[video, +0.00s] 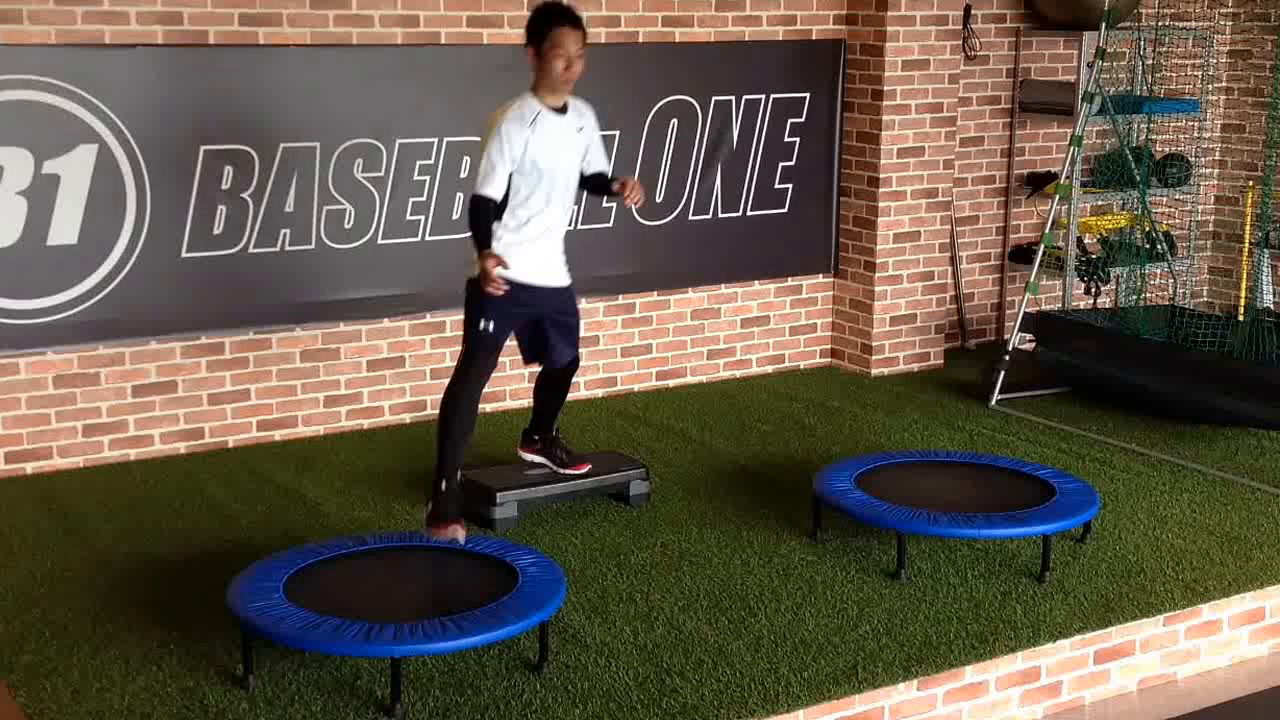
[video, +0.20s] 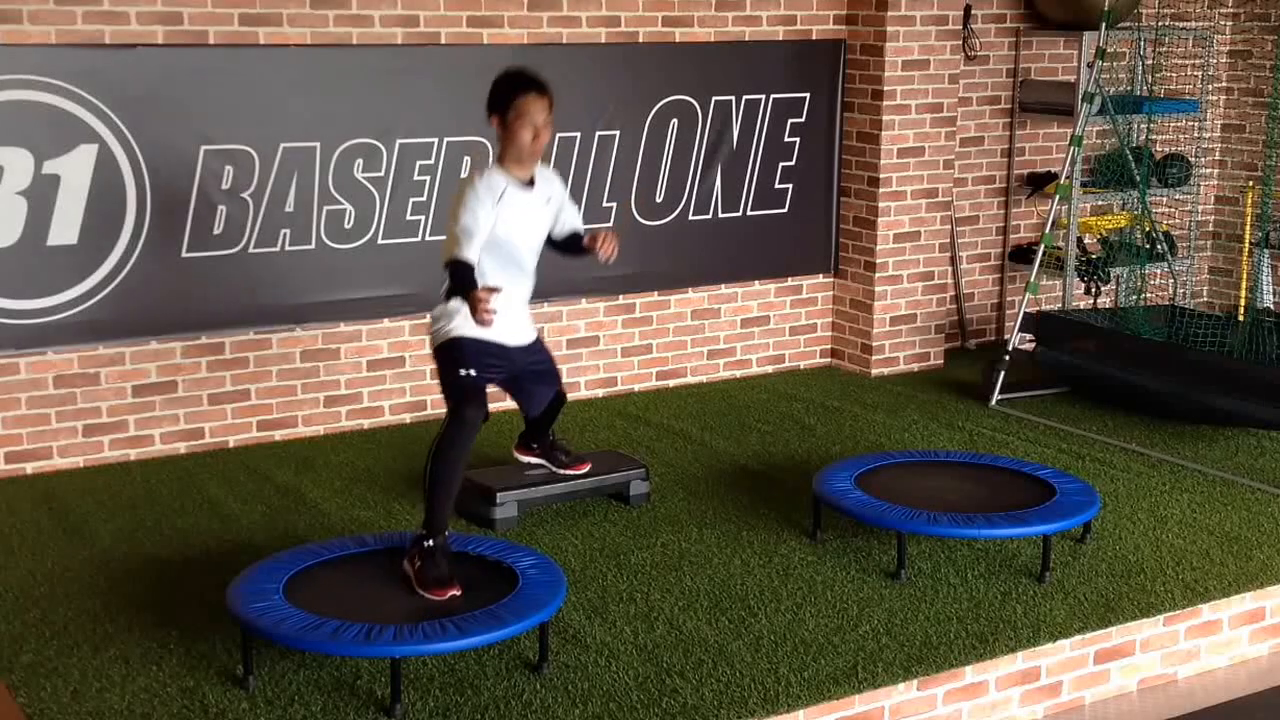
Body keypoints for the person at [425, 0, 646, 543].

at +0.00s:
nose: (572, 65)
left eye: (579, 55)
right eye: (561, 55)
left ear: (585, 59)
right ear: (534, 56)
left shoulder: (582, 116)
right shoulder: (512, 123)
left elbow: (590, 178)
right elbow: (483, 201)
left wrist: (618, 188)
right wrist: (485, 255)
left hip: (551, 274)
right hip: (501, 273)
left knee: (562, 362)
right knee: (470, 380)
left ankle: (538, 439)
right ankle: (445, 500)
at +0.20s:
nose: (541, 135)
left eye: (547, 124)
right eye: (528, 124)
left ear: (554, 129)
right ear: (497, 126)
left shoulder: (550, 186)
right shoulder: (481, 188)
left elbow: (564, 237)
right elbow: (458, 257)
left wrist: (591, 242)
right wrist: (470, 291)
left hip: (515, 320)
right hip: (464, 321)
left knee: (549, 396)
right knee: (468, 413)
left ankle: (534, 442)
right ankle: (430, 543)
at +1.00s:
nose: (525, 274)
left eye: (532, 262)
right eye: (512, 265)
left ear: (538, 256)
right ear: (480, 262)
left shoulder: (543, 279)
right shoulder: (457, 312)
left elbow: (567, 303)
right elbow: (472, 391)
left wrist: (580, 342)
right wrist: (496, 458)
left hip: (492, 366)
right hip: (428, 369)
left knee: (538, 413)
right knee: (437, 419)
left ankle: (534, 446)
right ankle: (427, 544)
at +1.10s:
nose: (541, 250)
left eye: (546, 239)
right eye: (526, 241)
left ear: (551, 239)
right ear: (495, 244)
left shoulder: (551, 267)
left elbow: (564, 298)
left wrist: (580, 337)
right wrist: (498, 487)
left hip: (494, 357)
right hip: (433, 360)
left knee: (543, 405)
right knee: (447, 420)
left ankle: (530, 446)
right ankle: (427, 544)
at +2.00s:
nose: (804, 139)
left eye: (811, 132)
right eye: (794, 128)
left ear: (815, 138)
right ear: (766, 131)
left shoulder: (811, 189)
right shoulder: (734, 185)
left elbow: (853, 242)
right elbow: (679, 254)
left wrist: (901, 282)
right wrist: (741, 283)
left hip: (771, 309)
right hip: (707, 310)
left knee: (850, 359)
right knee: (624, 383)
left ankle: (902, 463)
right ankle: (548, 449)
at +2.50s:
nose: (964, 250)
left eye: (966, 240)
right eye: (956, 239)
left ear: (950, 243)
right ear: (919, 239)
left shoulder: (942, 280)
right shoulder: (875, 275)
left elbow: (1002, 311)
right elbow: (822, 341)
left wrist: (1071, 312)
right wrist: (850, 406)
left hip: (846, 349)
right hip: (787, 349)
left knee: (930, 346)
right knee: (687, 406)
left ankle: (909, 461)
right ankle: (571, 454)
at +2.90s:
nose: (946, 214)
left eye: (948, 205)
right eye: (936, 204)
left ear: (939, 212)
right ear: (898, 207)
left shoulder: (929, 264)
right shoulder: (852, 250)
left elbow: (956, 335)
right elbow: (803, 313)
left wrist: (988, 401)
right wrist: (799, 386)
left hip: (841, 330)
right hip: (778, 326)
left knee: (925, 347)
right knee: (678, 391)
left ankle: (913, 463)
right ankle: (573, 446)